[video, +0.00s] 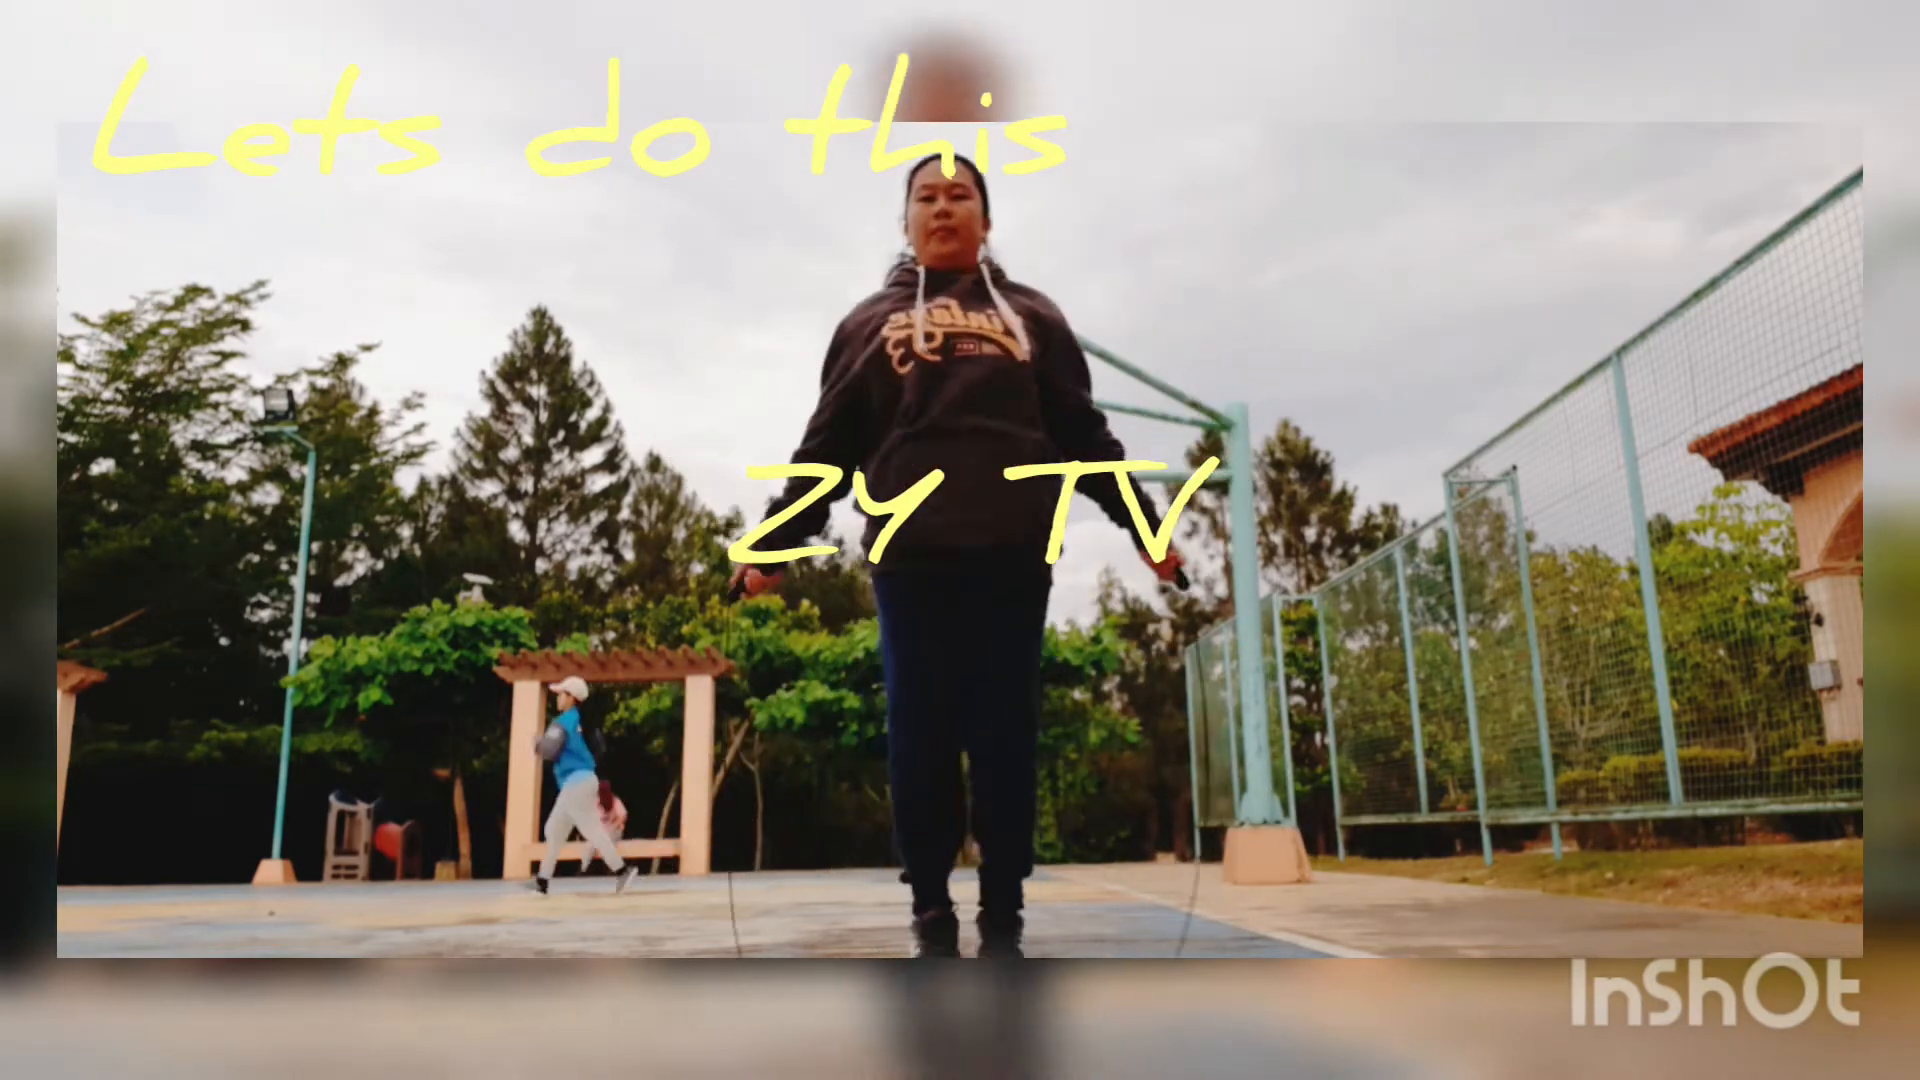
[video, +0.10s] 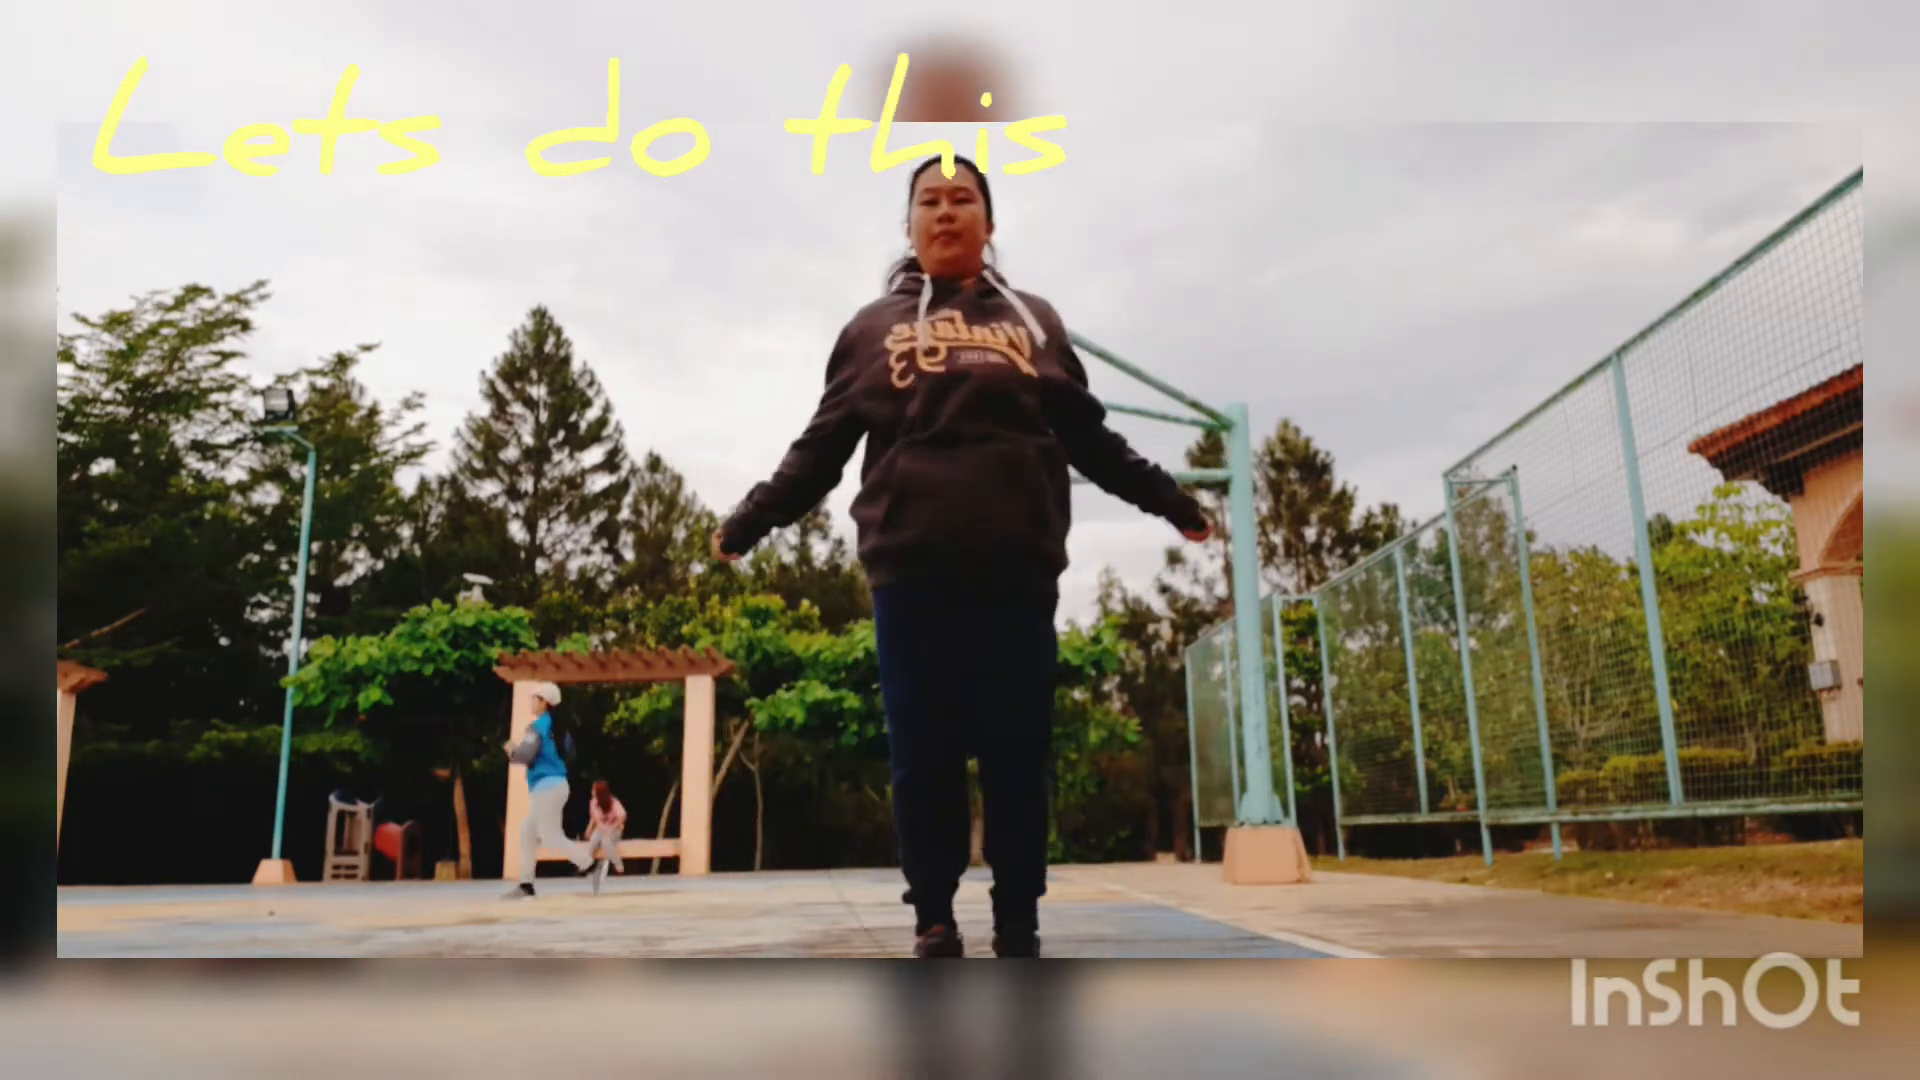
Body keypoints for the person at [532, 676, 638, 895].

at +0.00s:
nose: (557, 698)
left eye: (561, 695)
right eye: (559, 694)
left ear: (571, 698)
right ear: (571, 698)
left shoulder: (564, 720)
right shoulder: (571, 718)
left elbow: (549, 751)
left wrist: (539, 743)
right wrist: (545, 743)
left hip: (577, 781)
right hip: (581, 780)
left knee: (590, 826)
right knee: (554, 829)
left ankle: (621, 869)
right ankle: (543, 878)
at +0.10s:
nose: (532, 703)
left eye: (535, 699)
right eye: (533, 699)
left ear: (543, 702)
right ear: (546, 702)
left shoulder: (540, 724)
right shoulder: (552, 723)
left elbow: (524, 755)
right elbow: (568, 750)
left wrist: (511, 750)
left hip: (547, 785)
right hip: (555, 784)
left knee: (550, 835)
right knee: (528, 832)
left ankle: (589, 863)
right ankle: (526, 882)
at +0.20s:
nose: (503, 708)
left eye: (506, 704)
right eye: (503, 704)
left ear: (516, 707)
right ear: (515, 707)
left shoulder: (515, 728)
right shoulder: (523, 726)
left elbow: (511, 760)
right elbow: (515, 759)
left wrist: (492, 762)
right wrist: (496, 760)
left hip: (522, 790)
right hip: (530, 788)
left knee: (501, 841)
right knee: (510, 840)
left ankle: (542, 867)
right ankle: (524, 882)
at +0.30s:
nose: (462, 701)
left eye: (466, 697)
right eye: (463, 697)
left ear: (476, 700)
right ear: (474, 700)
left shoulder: (478, 722)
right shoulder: (473, 723)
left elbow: (492, 748)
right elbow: (472, 753)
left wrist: (463, 756)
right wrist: (452, 748)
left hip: (480, 783)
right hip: (490, 782)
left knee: (452, 826)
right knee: (491, 834)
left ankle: (454, 880)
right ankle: (518, 874)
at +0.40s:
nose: (434, 699)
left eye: (438, 696)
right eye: (435, 696)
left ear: (448, 699)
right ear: (444, 699)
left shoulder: (449, 720)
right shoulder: (443, 722)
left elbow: (468, 746)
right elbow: (443, 753)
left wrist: (437, 755)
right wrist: (425, 746)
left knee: (427, 830)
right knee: (467, 830)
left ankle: (412, 882)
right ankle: (499, 869)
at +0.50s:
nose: (406, 705)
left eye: (410, 702)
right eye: (407, 701)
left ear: (419, 705)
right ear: (419, 705)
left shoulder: (421, 727)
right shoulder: (418, 727)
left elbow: (430, 759)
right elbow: (421, 758)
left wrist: (401, 763)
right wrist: (398, 756)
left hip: (420, 791)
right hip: (433, 790)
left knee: (396, 836)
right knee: (425, 843)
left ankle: (401, 886)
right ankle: (466, 868)